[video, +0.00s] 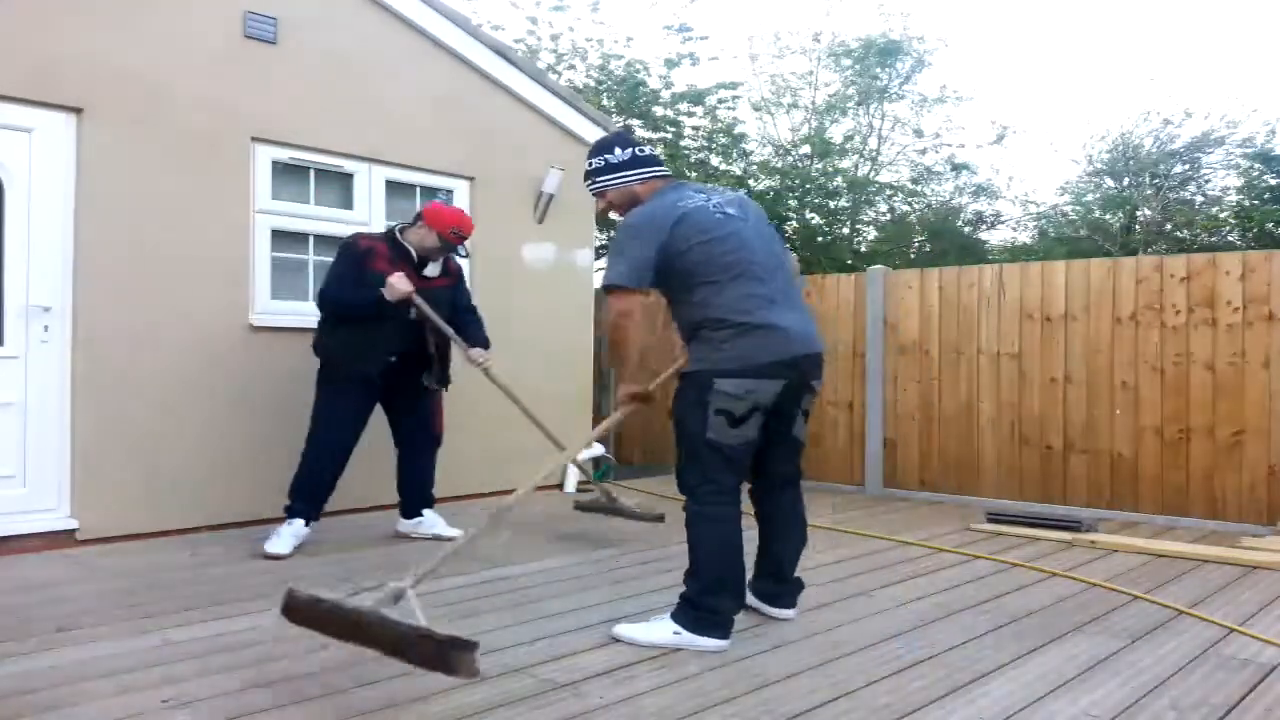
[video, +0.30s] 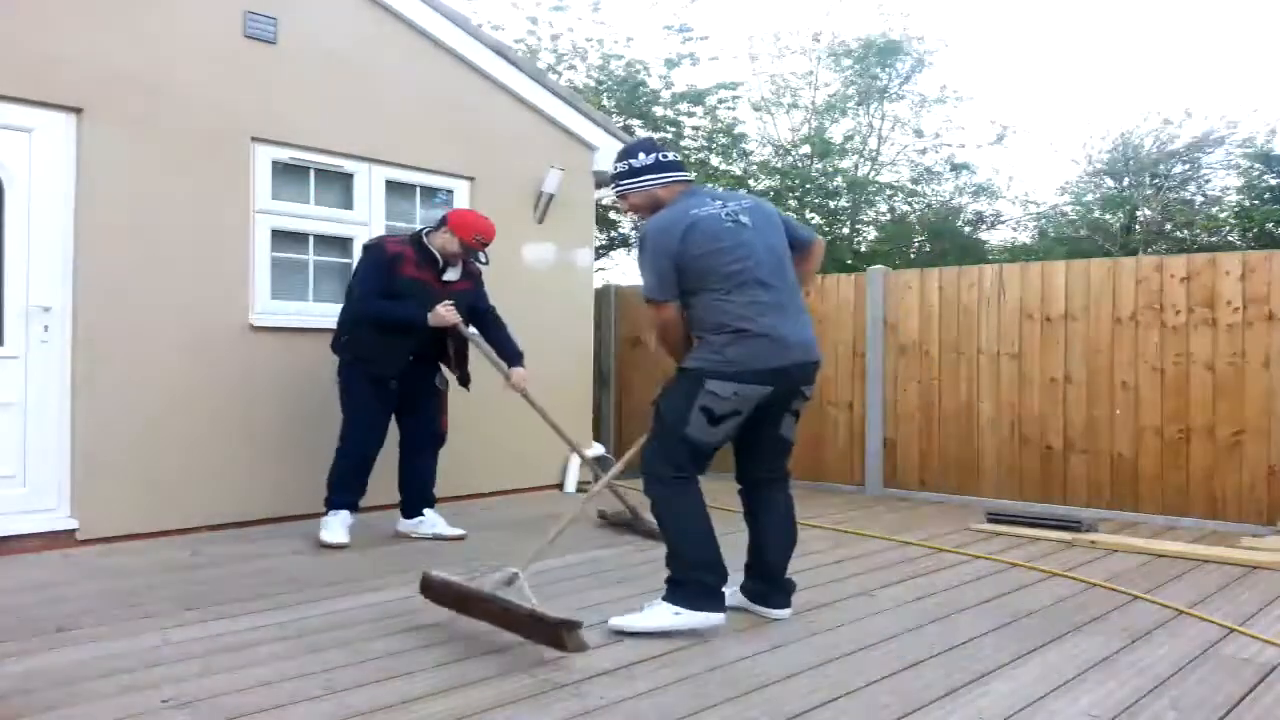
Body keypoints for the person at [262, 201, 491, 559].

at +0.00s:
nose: (445, 255)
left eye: (450, 250)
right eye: (443, 246)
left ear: (432, 234)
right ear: (424, 228)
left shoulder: (446, 270)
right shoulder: (361, 250)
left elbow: (463, 311)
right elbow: (330, 300)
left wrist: (478, 342)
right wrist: (383, 294)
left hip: (412, 371)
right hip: (352, 367)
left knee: (421, 440)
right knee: (329, 443)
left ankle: (416, 514)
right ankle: (298, 520)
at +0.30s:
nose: (467, 259)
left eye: (471, 254)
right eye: (466, 250)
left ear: (457, 242)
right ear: (447, 234)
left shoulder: (465, 275)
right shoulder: (385, 253)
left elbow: (485, 317)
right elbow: (361, 306)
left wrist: (515, 362)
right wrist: (426, 317)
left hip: (421, 367)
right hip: (368, 362)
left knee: (425, 437)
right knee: (363, 435)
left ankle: (416, 514)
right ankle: (339, 512)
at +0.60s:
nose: (452, 255)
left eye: (458, 250)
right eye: (450, 247)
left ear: (459, 245)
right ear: (433, 230)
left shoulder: (461, 270)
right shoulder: (375, 253)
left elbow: (474, 314)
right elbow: (340, 302)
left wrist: (473, 351)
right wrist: (387, 291)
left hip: (428, 366)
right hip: (373, 364)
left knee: (429, 437)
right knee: (377, 437)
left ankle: (416, 514)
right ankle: (375, 513)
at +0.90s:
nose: (442, 255)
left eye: (447, 250)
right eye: (440, 246)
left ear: (450, 246)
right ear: (423, 230)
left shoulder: (451, 270)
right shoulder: (365, 246)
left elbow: (442, 323)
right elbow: (308, 286)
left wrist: (404, 342)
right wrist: (347, 262)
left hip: (420, 362)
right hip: (363, 361)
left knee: (440, 428)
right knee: (371, 434)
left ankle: (430, 510)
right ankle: (375, 513)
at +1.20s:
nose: (450, 253)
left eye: (456, 249)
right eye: (448, 245)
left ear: (463, 244)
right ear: (431, 228)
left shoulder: (462, 265)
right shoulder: (379, 247)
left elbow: (469, 322)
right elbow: (317, 283)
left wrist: (428, 329)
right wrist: (352, 259)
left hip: (437, 364)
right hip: (379, 364)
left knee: (462, 430)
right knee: (378, 441)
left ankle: (490, 503)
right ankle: (376, 513)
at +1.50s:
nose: (493, 261)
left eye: (498, 256)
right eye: (490, 253)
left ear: (503, 251)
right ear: (473, 237)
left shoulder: (505, 273)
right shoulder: (424, 254)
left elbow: (534, 317)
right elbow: (379, 297)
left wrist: (530, 345)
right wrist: (425, 293)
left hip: (470, 372)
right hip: (413, 370)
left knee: (490, 439)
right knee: (396, 443)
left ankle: (504, 508)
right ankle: (378, 512)